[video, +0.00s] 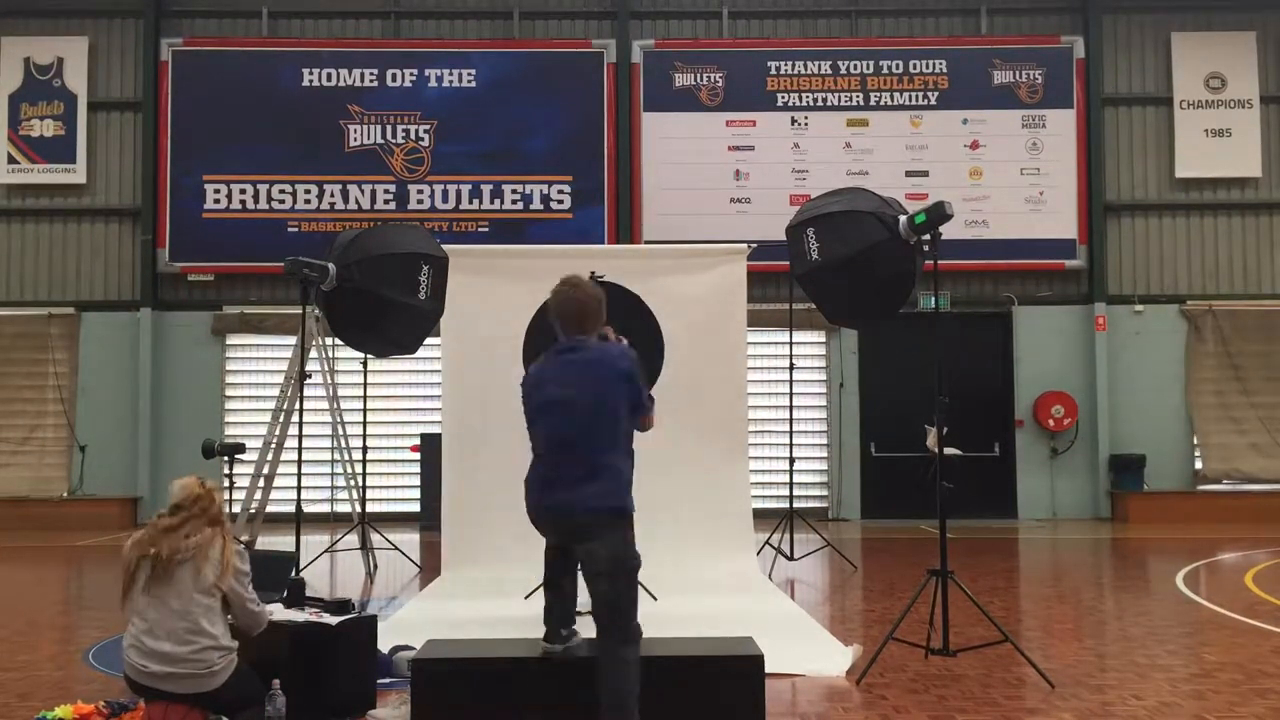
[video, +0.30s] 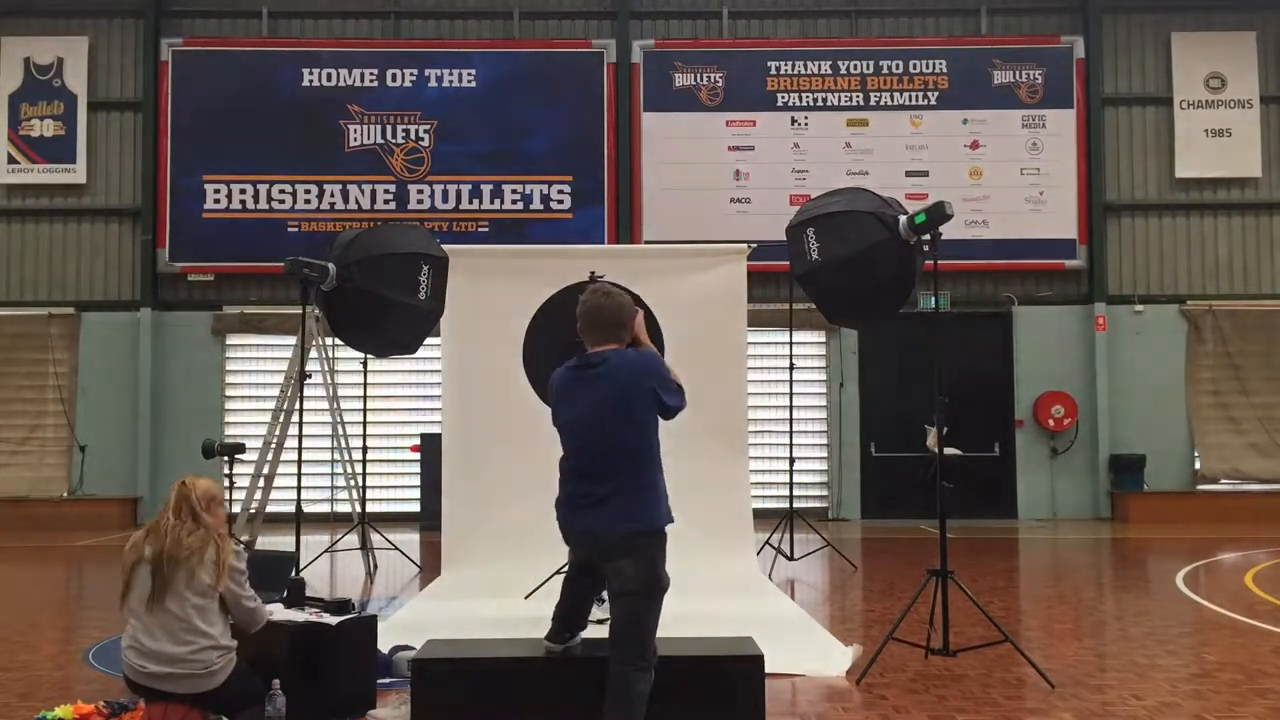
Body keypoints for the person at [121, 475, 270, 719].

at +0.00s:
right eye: (217, 504)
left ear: (173, 508)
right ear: (215, 509)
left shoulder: (142, 542)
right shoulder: (226, 549)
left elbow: (132, 605)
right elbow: (254, 621)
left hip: (140, 678)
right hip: (205, 681)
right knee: (254, 702)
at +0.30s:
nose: (226, 514)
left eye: (224, 506)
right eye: (221, 506)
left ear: (176, 508)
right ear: (205, 511)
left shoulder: (140, 542)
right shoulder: (221, 550)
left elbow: (132, 604)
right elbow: (252, 618)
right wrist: (262, 612)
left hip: (139, 678)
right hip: (203, 680)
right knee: (254, 700)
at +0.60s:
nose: (233, 524)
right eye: (230, 518)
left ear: (187, 517)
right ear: (226, 520)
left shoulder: (156, 546)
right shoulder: (230, 550)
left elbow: (137, 605)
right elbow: (255, 618)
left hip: (141, 678)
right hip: (207, 682)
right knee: (253, 704)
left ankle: (153, 708)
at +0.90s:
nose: (223, 514)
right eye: (220, 508)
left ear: (171, 507)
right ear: (214, 510)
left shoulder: (142, 541)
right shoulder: (223, 547)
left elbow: (131, 603)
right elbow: (253, 617)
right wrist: (260, 613)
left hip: (140, 679)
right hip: (205, 681)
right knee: (254, 702)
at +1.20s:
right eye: (221, 511)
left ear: (174, 509)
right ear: (216, 513)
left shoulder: (141, 542)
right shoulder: (226, 548)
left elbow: (126, 605)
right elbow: (253, 618)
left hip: (139, 679)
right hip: (205, 681)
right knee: (254, 703)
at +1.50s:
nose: (222, 513)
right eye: (219, 506)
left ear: (171, 505)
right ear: (212, 508)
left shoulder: (144, 542)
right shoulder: (222, 547)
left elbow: (134, 606)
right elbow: (252, 616)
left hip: (141, 678)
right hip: (205, 680)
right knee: (255, 703)